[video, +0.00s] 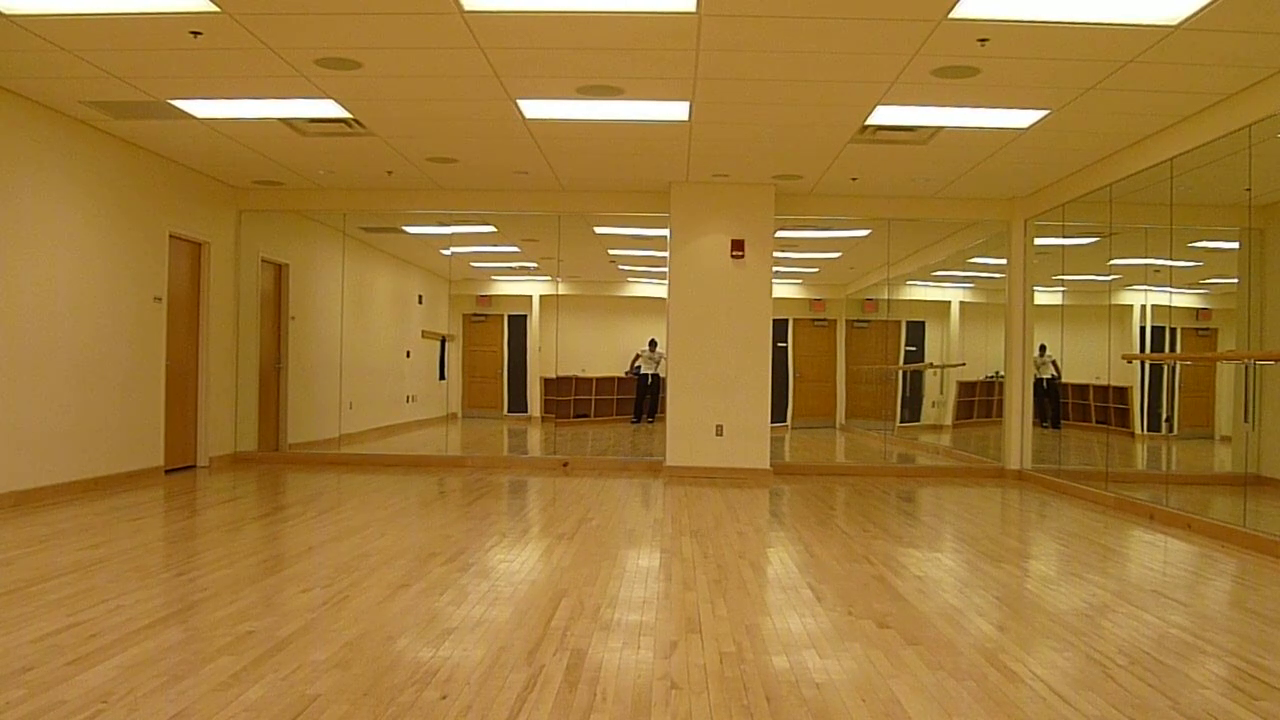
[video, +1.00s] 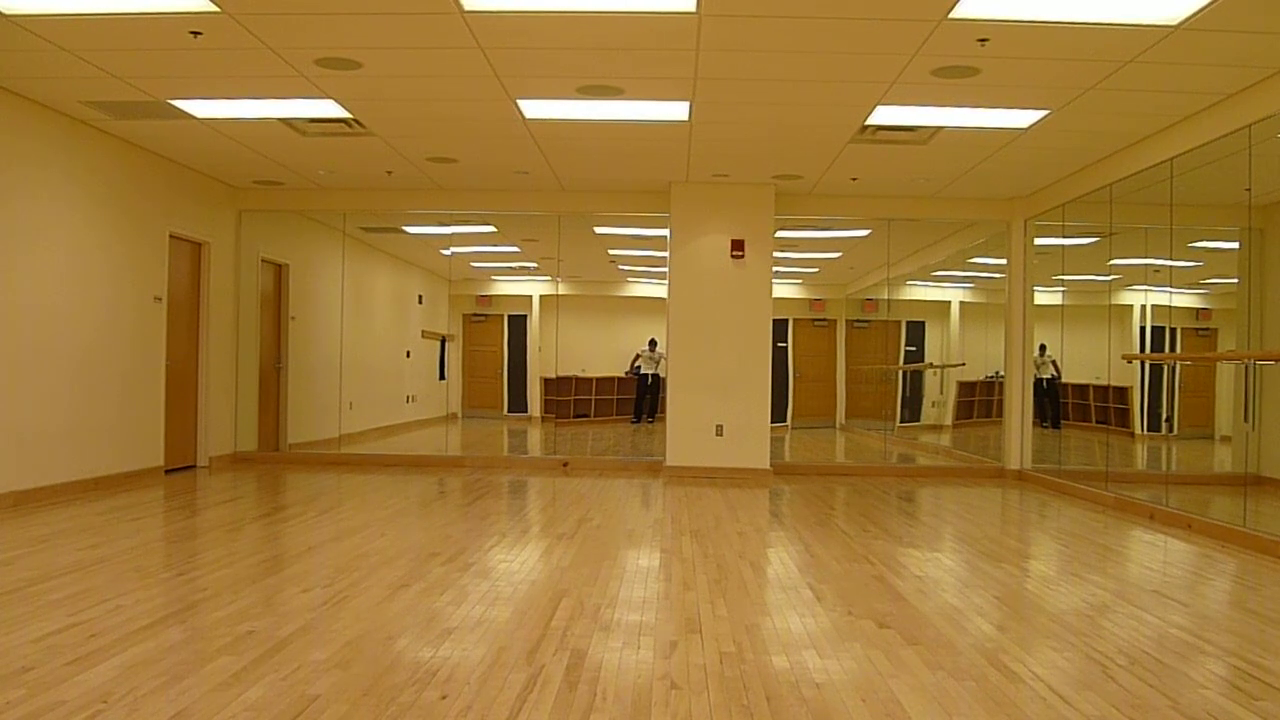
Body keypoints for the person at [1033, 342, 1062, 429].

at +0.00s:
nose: (1042, 353)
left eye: (1043, 351)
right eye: (1041, 351)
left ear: (1046, 351)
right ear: (1038, 351)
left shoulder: (1050, 358)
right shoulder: (1035, 359)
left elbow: (1056, 367)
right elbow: (1033, 369)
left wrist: (1059, 375)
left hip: (1050, 378)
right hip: (1039, 378)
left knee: (1054, 400)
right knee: (1041, 401)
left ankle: (1055, 422)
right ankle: (1043, 421)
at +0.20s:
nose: (1042, 352)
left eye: (1043, 350)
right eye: (1041, 350)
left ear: (1046, 350)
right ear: (1039, 350)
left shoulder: (1050, 358)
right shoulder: (1035, 359)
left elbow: (1056, 367)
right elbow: (1034, 369)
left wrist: (1059, 376)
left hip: (1050, 378)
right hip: (1039, 378)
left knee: (1054, 400)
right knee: (1041, 401)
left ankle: (1055, 422)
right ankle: (1043, 421)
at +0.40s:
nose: (1042, 353)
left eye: (1043, 351)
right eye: (1041, 351)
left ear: (1046, 351)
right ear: (1039, 351)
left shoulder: (1049, 358)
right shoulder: (1035, 359)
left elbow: (1056, 367)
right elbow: (1033, 369)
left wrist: (1059, 375)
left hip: (1050, 378)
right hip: (1039, 378)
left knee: (1054, 400)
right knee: (1040, 401)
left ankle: (1055, 421)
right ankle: (1043, 421)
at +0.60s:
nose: (1042, 352)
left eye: (1043, 350)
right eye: (1041, 350)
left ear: (1046, 350)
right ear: (1039, 350)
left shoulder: (1049, 358)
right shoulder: (1035, 359)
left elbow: (1056, 367)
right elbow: (1033, 369)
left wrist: (1059, 375)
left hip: (1050, 378)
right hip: (1039, 378)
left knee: (1054, 400)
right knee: (1040, 401)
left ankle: (1055, 422)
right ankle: (1043, 421)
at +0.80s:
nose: (1042, 352)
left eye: (1043, 350)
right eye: (1041, 350)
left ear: (1046, 350)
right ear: (1039, 350)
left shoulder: (1049, 358)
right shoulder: (1035, 359)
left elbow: (1056, 367)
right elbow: (1033, 369)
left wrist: (1059, 375)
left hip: (1050, 378)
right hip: (1039, 378)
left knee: (1054, 400)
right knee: (1040, 401)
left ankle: (1055, 422)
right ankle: (1043, 421)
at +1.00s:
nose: (1042, 352)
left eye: (1043, 350)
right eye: (1041, 350)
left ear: (1046, 350)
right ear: (1039, 350)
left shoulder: (1049, 357)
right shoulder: (1035, 359)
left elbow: (1056, 367)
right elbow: (1033, 368)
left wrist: (1059, 375)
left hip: (1050, 378)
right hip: (1039, 378)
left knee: (1054, 400)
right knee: (1040, 401)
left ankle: (1055, 421)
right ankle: (1043, 421)